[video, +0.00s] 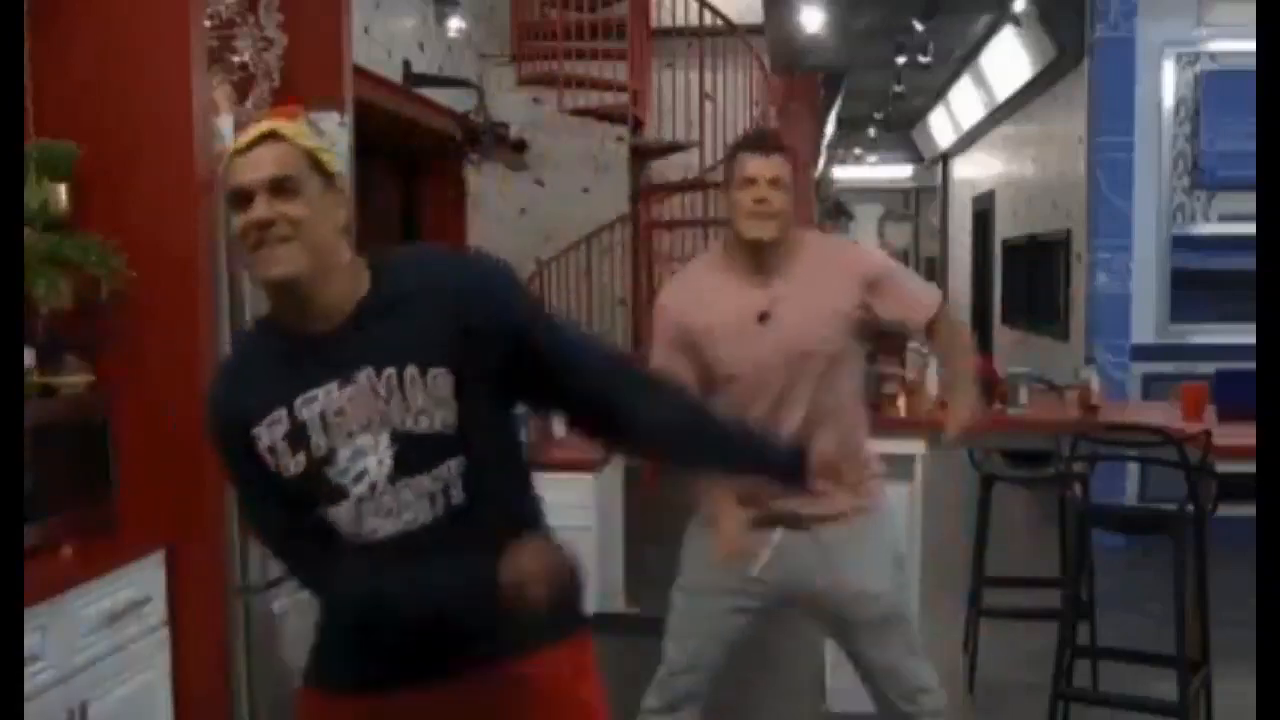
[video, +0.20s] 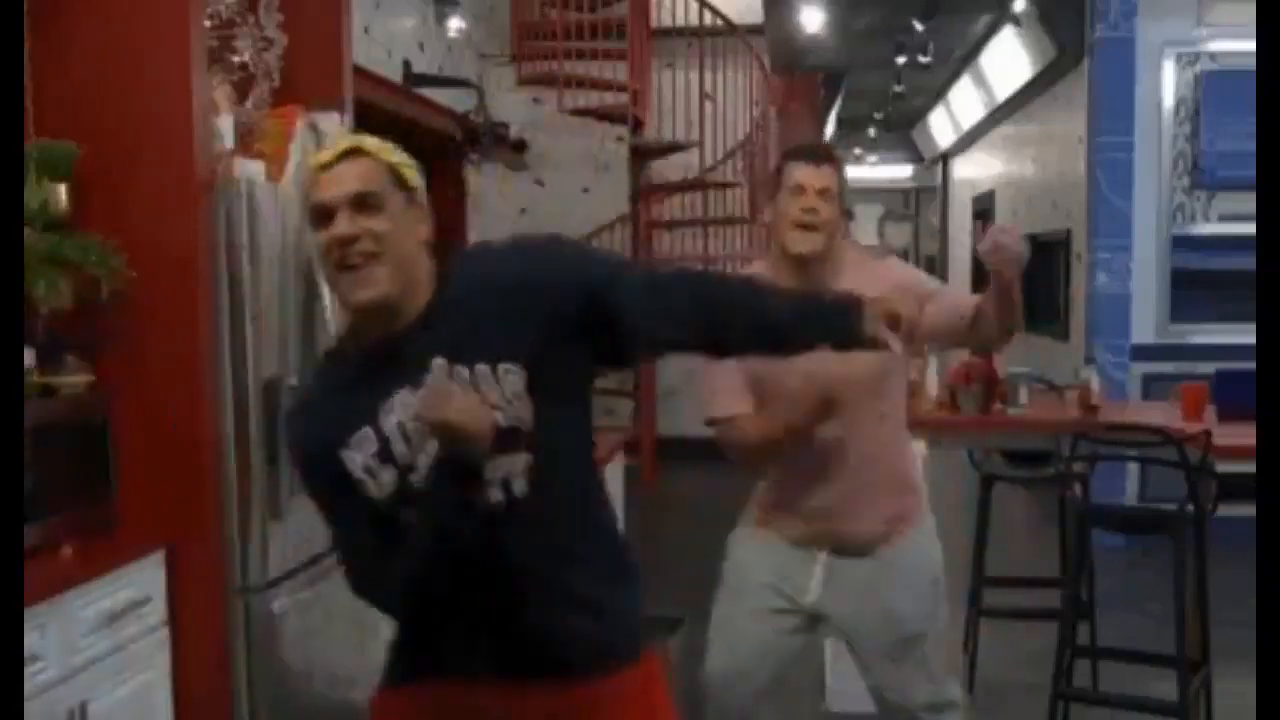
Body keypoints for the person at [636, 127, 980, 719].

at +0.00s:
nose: (762, 196)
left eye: (776, 184)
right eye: (748, 184)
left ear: (796, 197)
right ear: (726, 197)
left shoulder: (849, 266)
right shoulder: (684, 297)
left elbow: (944, 322)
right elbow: (670, 416)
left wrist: (960, 399)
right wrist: (721, 498)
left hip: (845, 523)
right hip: (736, 523)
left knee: (911, 694)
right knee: (675, 694)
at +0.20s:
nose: (810, 206)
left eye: (825, 196)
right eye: (796, 193)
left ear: (844, 217)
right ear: (771, 209)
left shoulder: (886, 281)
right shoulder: (736, 300)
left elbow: (988, 331)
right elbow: (735, 439)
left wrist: (1004, 281)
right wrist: (799, 414)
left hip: (888, 545)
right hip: (776, 539)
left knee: (921, 702)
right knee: (733, 693)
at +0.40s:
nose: (850, 219)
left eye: (863, 209)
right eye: (835, 206)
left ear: (876, 224)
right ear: (805, 218)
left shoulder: (908, 292)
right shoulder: (753, 300)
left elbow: (1004, 340)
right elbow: (740, 425)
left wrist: (1016, 305)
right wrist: (844, 404)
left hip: (907, 512)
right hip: (803, 521)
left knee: (954, 675)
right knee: (805, 684)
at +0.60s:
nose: (804, 213)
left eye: (816, 199)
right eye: (789, 204)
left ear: (842, 210)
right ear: (773, 221)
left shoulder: (895, 299)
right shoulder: (736, 310)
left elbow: (932, 412)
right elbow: (718, 443)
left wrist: (1008, 490)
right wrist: (780, 522)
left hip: (877, 544)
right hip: (756, 540)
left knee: (934, 703)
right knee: (710, 691)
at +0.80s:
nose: (732, 197)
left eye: (744, 184)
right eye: (716, 189)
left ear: (769, 194)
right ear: (701, 206)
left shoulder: (828, 282)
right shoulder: (662, 284)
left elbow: (850, 397)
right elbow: (583, 368)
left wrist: (792, 485)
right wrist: (580, 441)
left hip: (790, 517)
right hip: (678, 520)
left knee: (856, 666)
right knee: (629, 674)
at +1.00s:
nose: (682, 212)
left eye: (695, 199)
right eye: (667, 204)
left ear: (723, 210)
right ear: (652, 221)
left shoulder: (781, 294)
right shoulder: (624, 287)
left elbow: (798, 414)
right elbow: (544, 322)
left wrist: (710, 412)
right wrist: (497, 292)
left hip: (739, 528)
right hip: (634, 523)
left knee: (753, 677)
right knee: (601, 678)